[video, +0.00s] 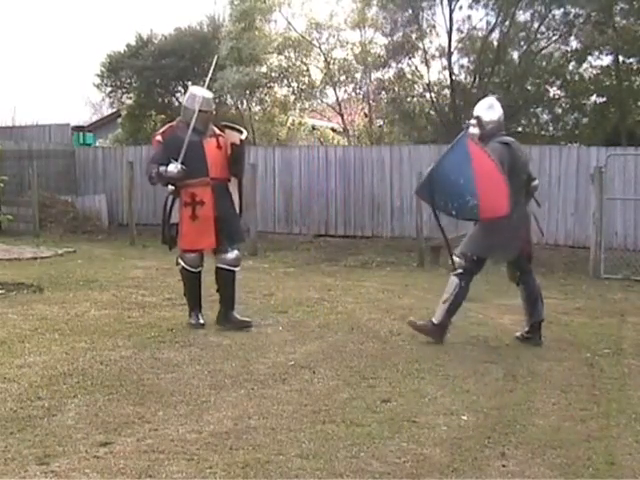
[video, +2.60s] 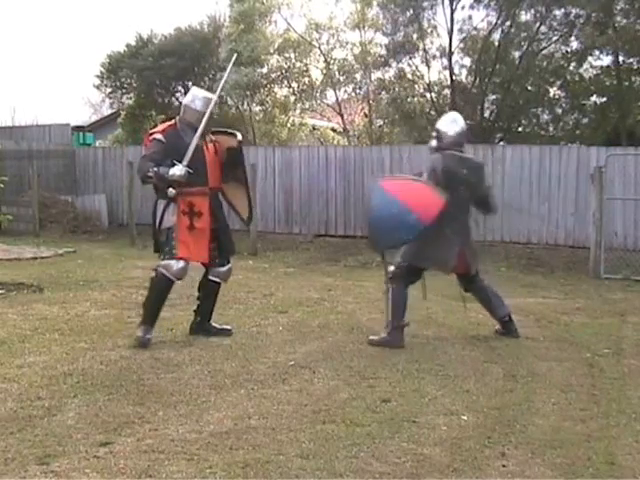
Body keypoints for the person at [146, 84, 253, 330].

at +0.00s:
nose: (203, 117)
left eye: (207, 112)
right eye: (199, 112)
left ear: (212, 113)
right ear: (187, 111)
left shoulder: (218, 138)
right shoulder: (175, 137)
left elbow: (235, 172)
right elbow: (153, 169)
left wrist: (237, 147)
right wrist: (165, 173)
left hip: (220, 199)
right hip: (191, 201)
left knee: (229, 255)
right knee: (192, 256)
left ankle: (227, 312)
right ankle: (195, 311)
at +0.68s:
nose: (218, 121)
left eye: (221, 116)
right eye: (215, 114)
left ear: (223, 116)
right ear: (201, 109)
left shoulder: (222, 142)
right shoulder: (172, 130)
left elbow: (239, 175)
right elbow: (148, 159)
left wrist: (247, 151)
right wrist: (159, 164)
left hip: (211, 204)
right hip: (178, 202)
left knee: (212, 264)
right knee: (169, 258)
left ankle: (210, 320)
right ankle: (174, 306)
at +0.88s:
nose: (215, 119)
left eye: (217, 115)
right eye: (211, 113)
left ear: (217, 115)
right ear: (196, 108)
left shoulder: (216, 141)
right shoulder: (168, 130)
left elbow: (230, 174)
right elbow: (141, 159)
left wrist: (240, 155)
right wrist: (155, 162)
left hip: (205, 206)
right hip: (173, 204)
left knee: (209, 266)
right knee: (158, 259)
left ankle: (210, 321)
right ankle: (138, 320)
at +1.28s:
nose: (179, 119)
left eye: (182, 115)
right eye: (175, 113)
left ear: (183, 116)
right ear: (161, 110)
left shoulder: (183, 141)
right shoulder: (139, 136)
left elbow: (195, 174)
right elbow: (120, 167)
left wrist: (218, 157)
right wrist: (142, 171)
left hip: (181, 209)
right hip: (149, 208)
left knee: (197, 268)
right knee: (139, 266)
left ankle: (209, 321)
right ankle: (126, 325)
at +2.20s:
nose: (205, 118)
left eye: (208, 113)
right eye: (200, 111)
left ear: (210, 113)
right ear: (185, 108)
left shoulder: (209, 138)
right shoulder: (163, 135)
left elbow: (220, 169)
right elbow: (146, 167)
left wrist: (240, 153)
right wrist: (169, 174)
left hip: (209, 208)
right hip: (177, 208)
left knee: (211, 265)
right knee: (175, 261)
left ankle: (201, 322)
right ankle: (155, 321)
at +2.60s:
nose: (201, 121)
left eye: (205, 117)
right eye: (197, 115)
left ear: (209, 117)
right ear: (185, 110)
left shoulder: (208, 140)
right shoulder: (165, 136)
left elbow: (220, 172)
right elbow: (144, 168)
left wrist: (232, 151)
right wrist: (166, 173)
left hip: (209, 207)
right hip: (176, 207)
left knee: (220, 265)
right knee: (174, 264)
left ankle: (202, 322)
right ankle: (146, 325)